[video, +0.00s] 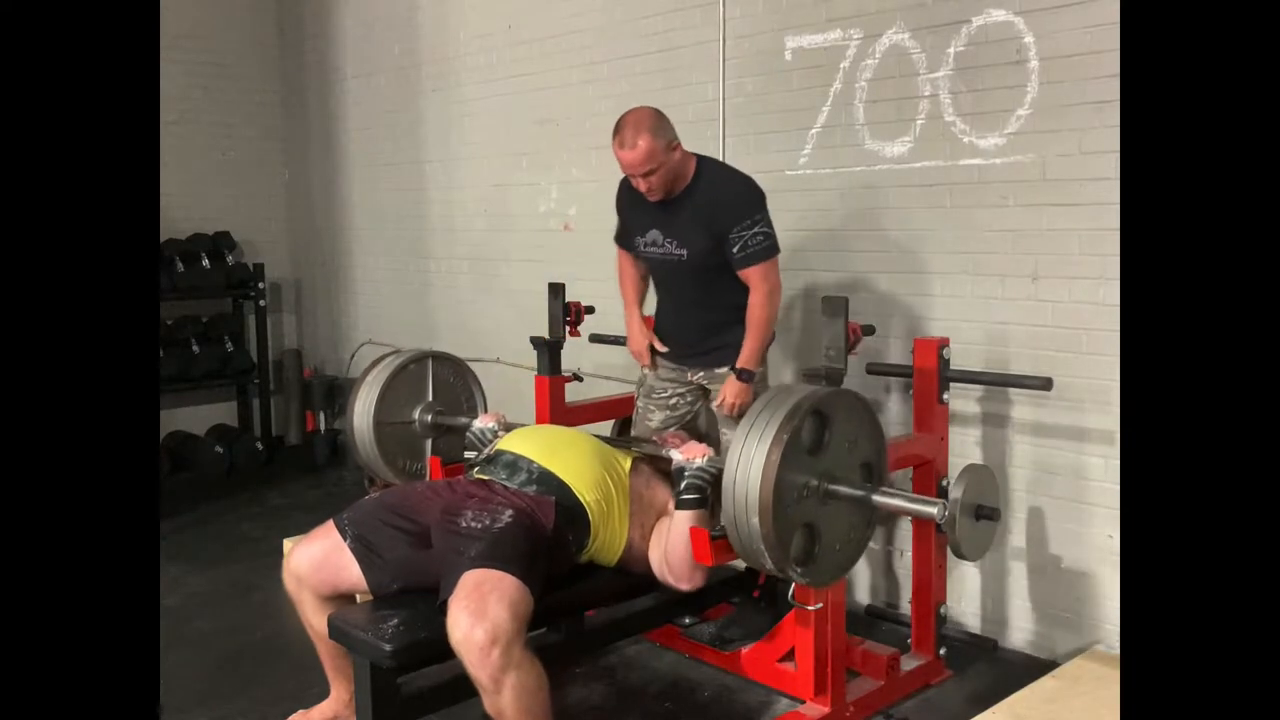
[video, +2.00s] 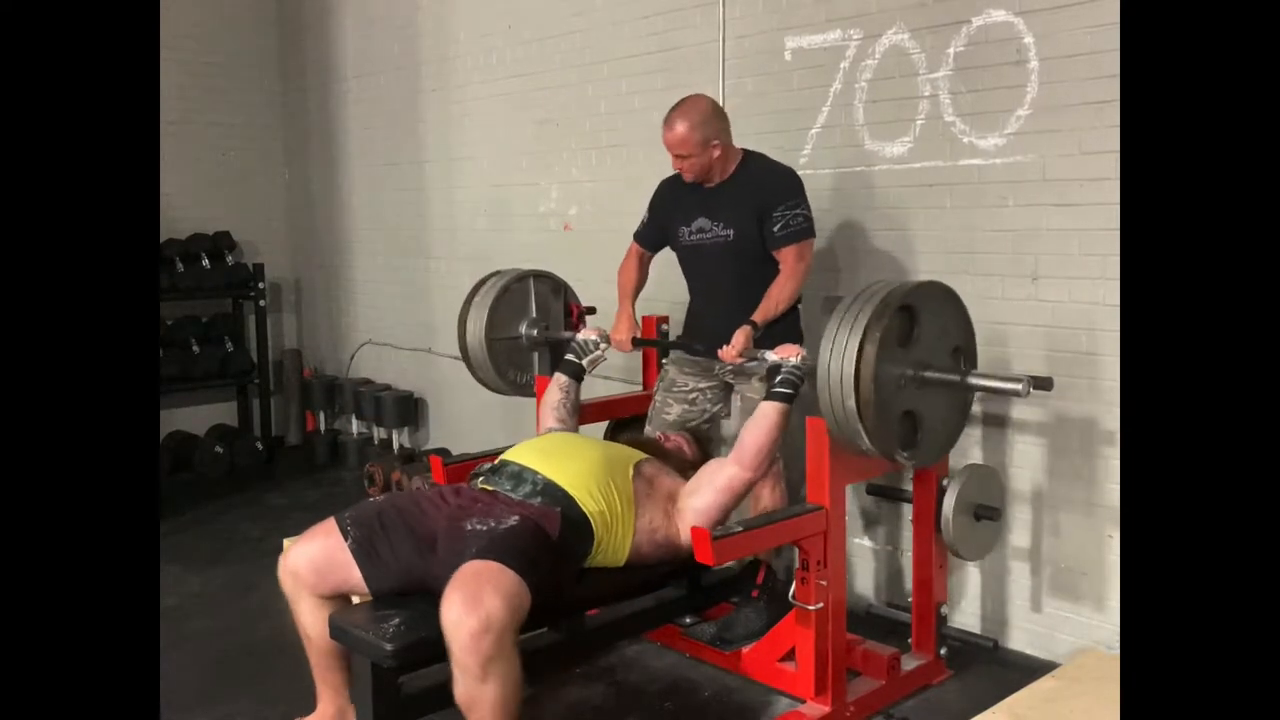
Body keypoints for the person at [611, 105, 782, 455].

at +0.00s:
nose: (640, 186)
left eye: (648, 173)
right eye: (631, 176)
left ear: (676, 151)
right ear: (622, 164)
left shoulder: (733, 194)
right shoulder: (631, 194)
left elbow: (766, 287)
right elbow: (630, 254)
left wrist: (744, 373)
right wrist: (634, 319)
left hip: (731, 366)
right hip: (667, 363)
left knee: (738, 480)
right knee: (649, 473)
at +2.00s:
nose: (675, 167)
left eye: (683, 157)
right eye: (671, 156)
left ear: (718, 145)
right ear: (676, 148)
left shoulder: (775, 184)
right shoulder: (672, 195)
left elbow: (795, 270)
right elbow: (638, 254)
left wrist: (753, 327)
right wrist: (624, 310)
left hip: (763, 354)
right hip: (697, 351)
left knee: (758, 465)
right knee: (664, 450)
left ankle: (772, 592)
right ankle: (698, 573)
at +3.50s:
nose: (671, 148)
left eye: (679, 134)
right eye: (660, 140)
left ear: (699, 124)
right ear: (649, 141)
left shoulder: (742, 180)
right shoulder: (649, 194)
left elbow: (767, 253)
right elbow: (624, 269)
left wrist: (763, 324)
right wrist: (628, 319)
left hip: (730, 357)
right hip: (667, 355)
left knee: (743, 466)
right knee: (645, 452)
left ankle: (766, 580)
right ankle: (665, 561)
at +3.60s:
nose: (673, 146)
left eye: (681, 133)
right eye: (662, 139)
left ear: (702, 123)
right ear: (651, 139)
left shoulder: (744, 180)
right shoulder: (650, 192)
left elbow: (771, 254)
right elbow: (625, 268)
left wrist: (764, 323)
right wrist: (631, 318)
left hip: (730, 358)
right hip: (666, 356)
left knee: (744, 463)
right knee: (646, 452)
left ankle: (766, 582)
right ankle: (664, 563)